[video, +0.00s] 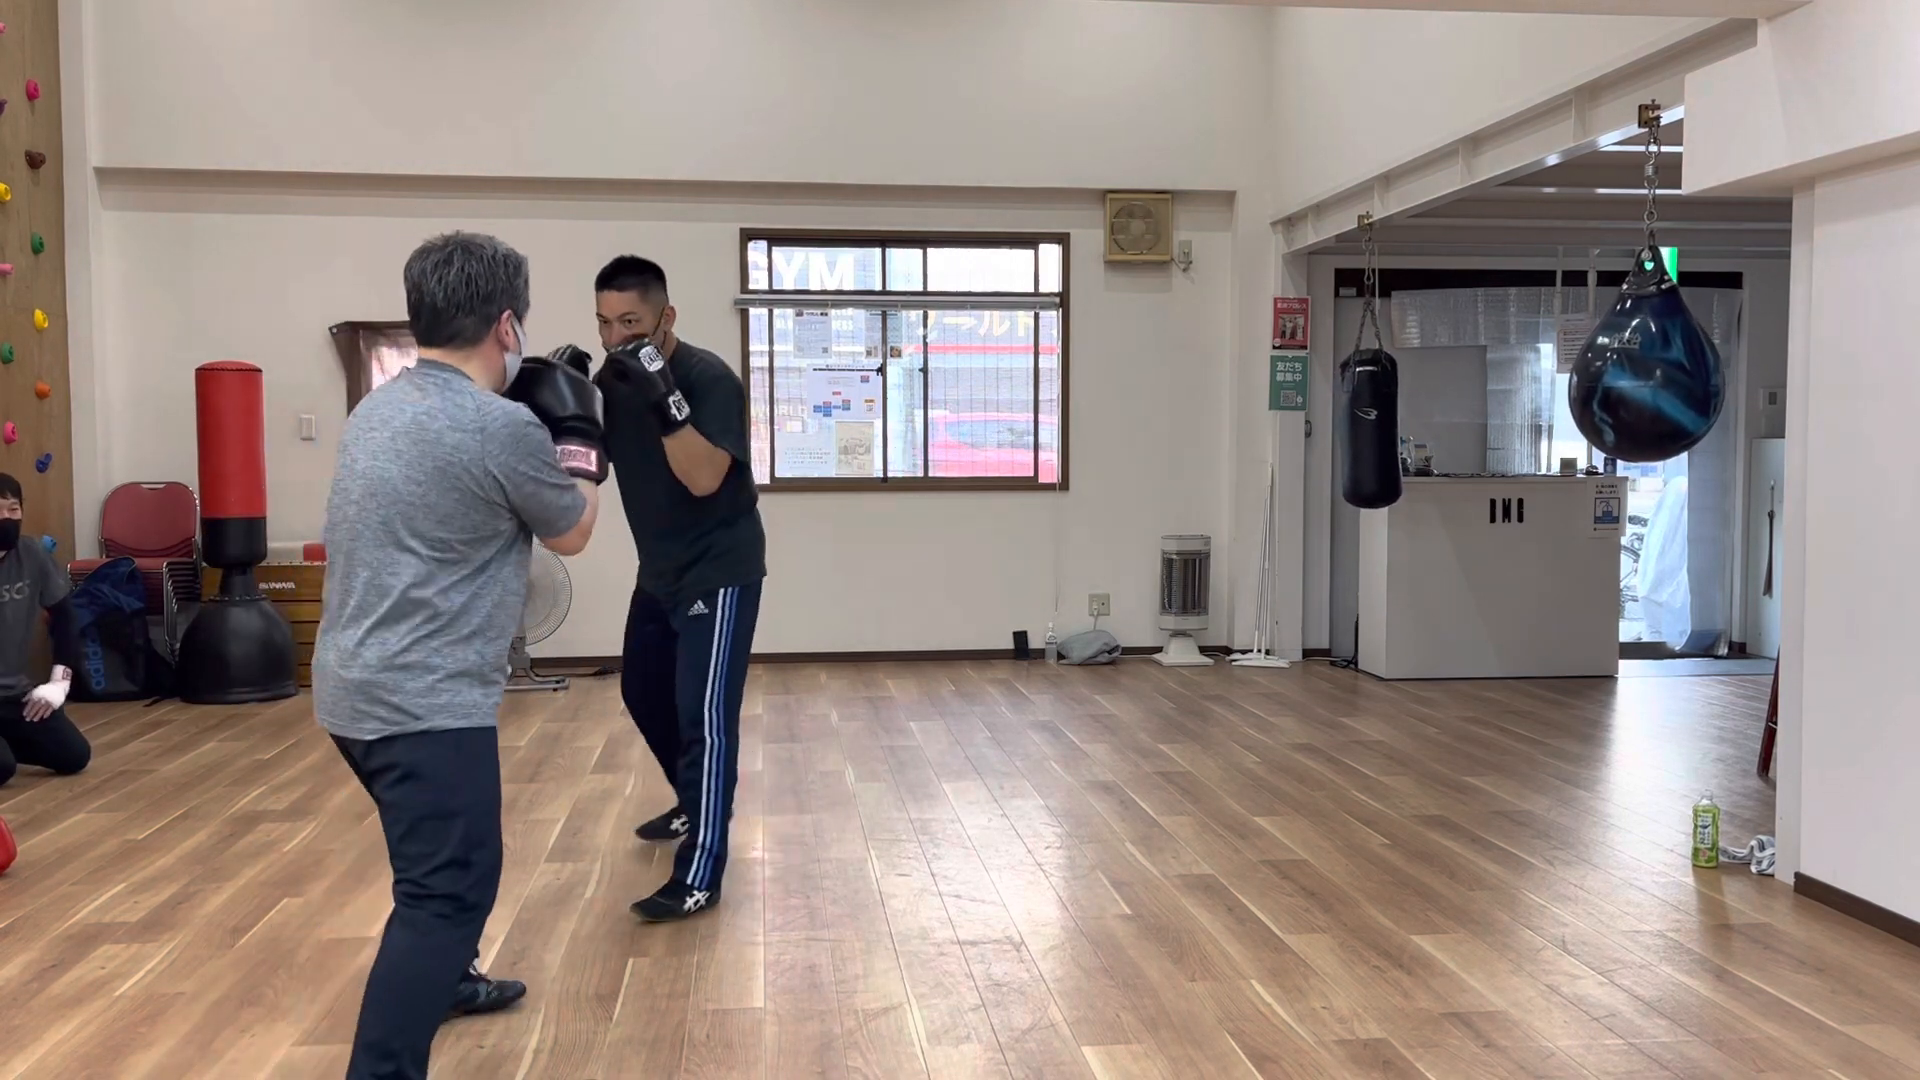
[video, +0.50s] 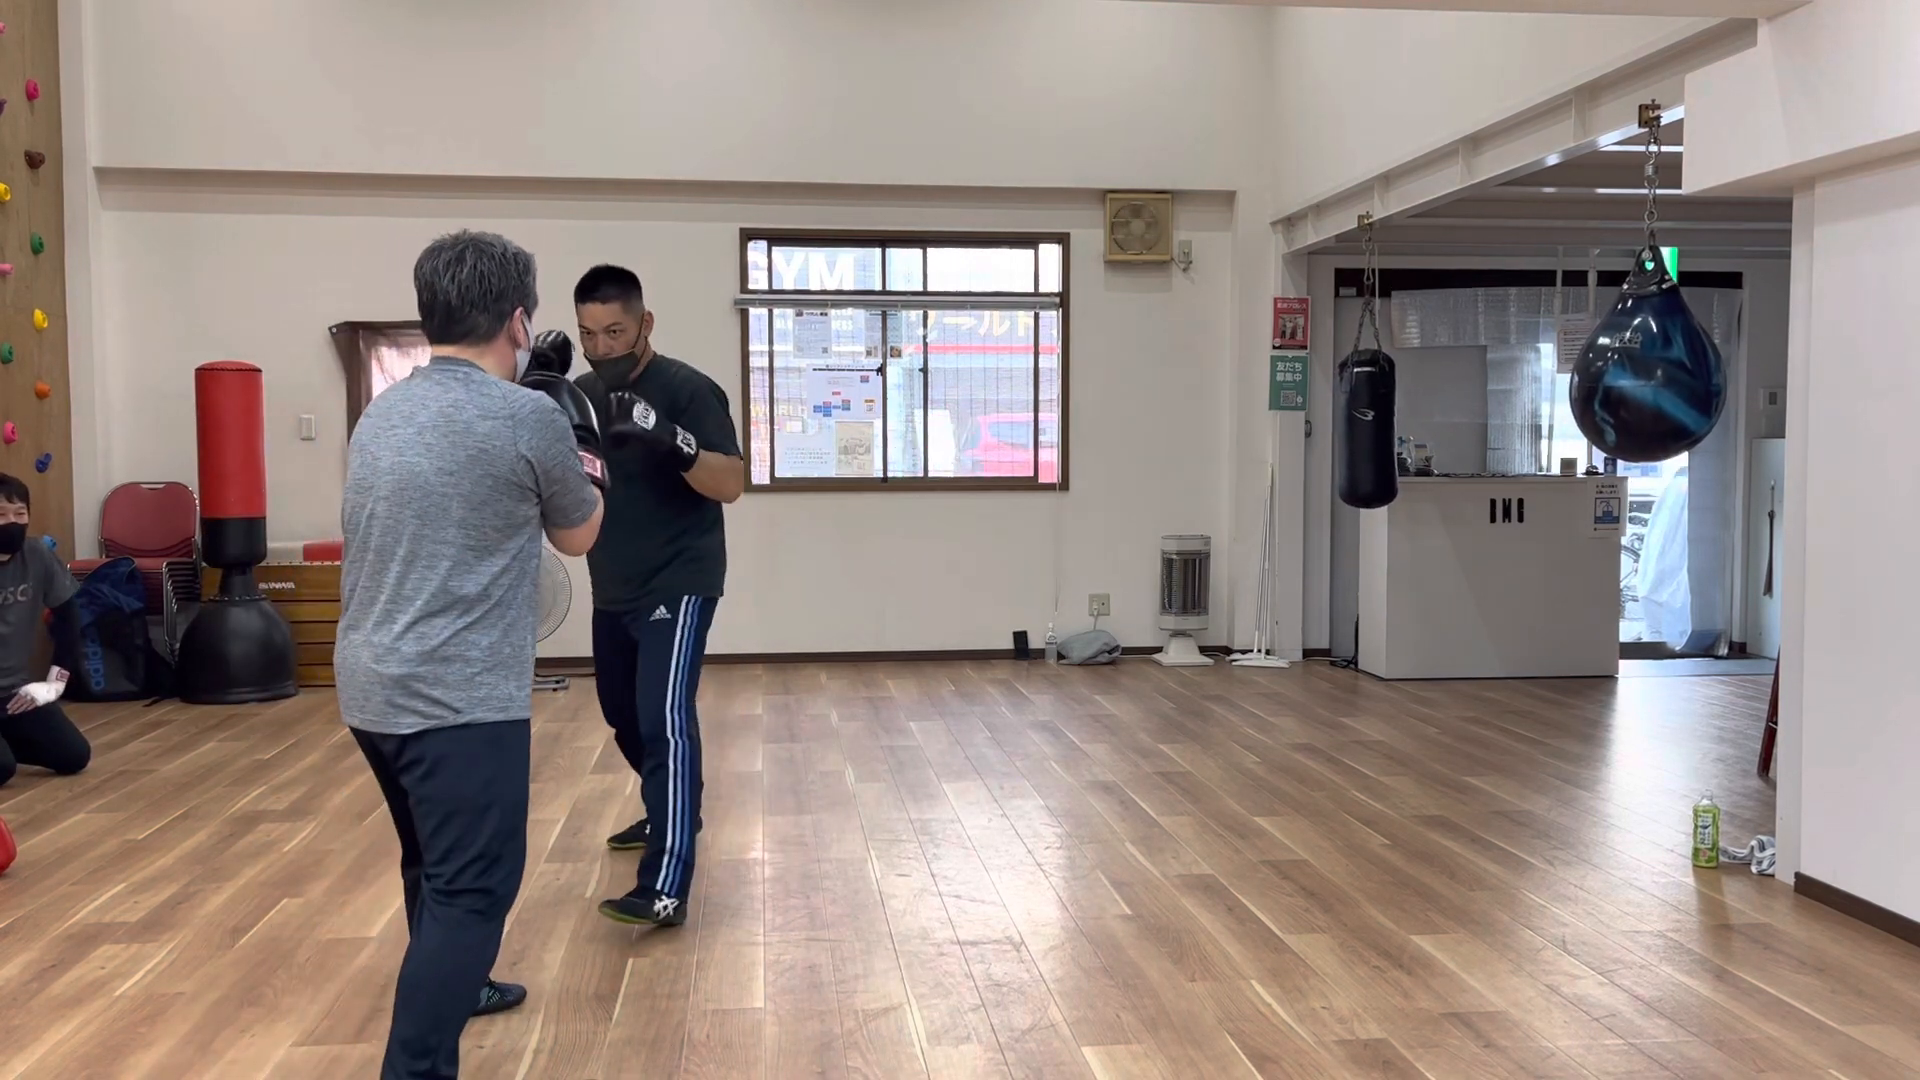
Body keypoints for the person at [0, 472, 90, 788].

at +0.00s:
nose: (6, 516)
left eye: (13, 508)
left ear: (22, 513)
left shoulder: (30, 553)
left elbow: (63, 612)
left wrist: (59, 680)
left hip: (15, 692)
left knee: (74, 756)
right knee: (3, 767)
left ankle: (2, 741)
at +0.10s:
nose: (7, 518)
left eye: (14, 510)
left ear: (23, 513)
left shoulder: (31, 554)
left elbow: (65, 612)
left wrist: (56, 679)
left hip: (14, 692)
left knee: (74, 756)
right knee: (3, 767)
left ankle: (2, 742)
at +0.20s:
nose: (8, 519)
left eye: (16, 511)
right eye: (1, 510)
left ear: (25, 515)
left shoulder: (33, 554)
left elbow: (66, 613)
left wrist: (46, 674)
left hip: (14, 688)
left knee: (74, 756)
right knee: (3, 767)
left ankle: (3, 742)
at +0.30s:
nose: (9, 520)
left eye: (17, 512)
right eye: (0, 512)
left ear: (27, 516)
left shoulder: (35, 555)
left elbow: (67, 614)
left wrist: (43, 673)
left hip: (14, 687)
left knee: (74, 756)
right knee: (2, 767)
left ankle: (2, 742)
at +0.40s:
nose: (11, 522)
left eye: (18, 514)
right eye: (1, 515)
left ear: (28, 516)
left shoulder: (35, 555)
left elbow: (66, 612)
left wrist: (50, 677)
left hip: (15, 689)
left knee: (74, 756)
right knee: (2, 767)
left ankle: (3, 741)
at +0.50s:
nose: (12, 522)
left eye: (19, 513)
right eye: (2, 514)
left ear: (29, 516)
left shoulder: (35, 555)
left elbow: (67, 612)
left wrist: (55, 681)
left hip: (16, 693)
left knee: (74, 756)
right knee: (2, 767)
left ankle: (2, 742)